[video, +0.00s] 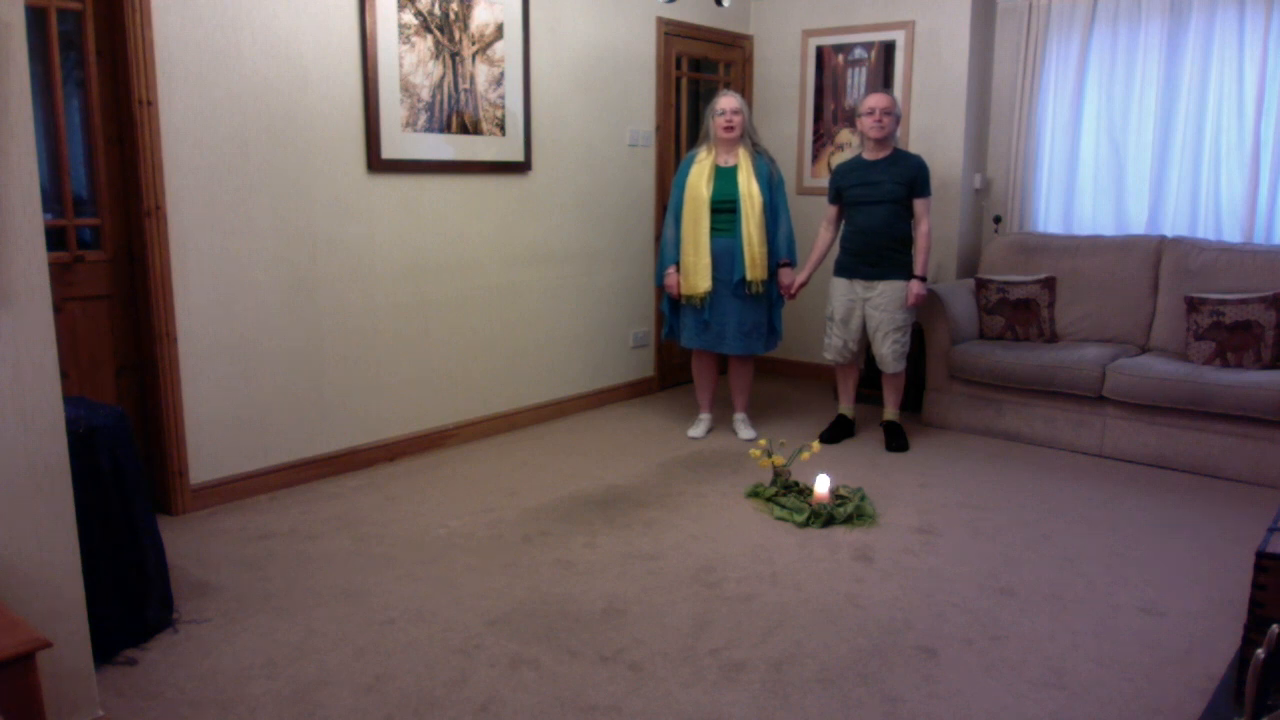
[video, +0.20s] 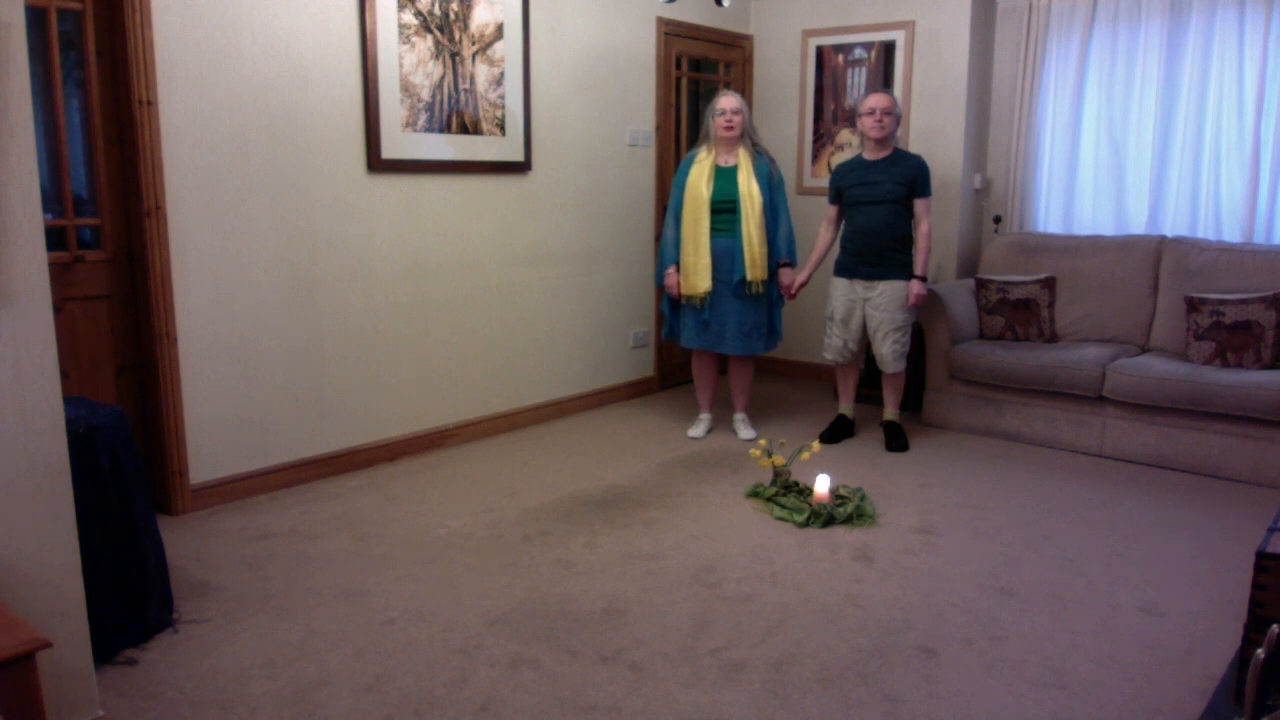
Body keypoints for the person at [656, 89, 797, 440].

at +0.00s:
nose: (728, 119)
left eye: (735, 113)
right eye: (721, 113)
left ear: (746, 119)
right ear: (710, 121)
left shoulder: (762, 164)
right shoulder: (692, 163)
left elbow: (779, 216)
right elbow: (674, 218)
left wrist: (785, 264)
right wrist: (670, 266)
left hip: (748, 268)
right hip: (700, 269)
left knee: (743, 344)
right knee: (702, 343)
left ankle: (741, 414)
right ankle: (704, 413)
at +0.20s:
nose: (728, 119)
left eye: (735, 113)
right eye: (721, 113)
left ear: (745, 119)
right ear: (710, 120)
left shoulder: (762, 164)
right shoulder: (692, 163)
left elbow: (779, 216)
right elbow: (674, 218)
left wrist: (785, 264)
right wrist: (670, 266)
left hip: (748, 268)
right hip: (700, 269)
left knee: (742, 344)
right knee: (702, 343)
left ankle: (741, 415)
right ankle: (704, 413)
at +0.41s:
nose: (728, 119)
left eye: (735, 113)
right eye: (721, 113)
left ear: (745, 119)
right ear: (710, 120)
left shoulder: (762, 164)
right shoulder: (692, 163)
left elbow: (779, 216)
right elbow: (674, 218)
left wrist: (785, 264)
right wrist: (670, 267)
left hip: (748, 268)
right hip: (700, 269)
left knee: (742, 344)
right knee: (702, 343)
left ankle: (741, 415)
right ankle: (704, 413)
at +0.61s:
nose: (728, 119)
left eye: (735, 113)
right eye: (721, 113)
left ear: (745, 119)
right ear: (710, 120)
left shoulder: (762, 163)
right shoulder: (692, 163)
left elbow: (779, 215)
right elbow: (674, 218)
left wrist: (784, 264)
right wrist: (670, 266)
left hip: (748, 268)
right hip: (700, 268)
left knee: (742, 344)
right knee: (702, 343)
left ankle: (741, 415)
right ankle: (704, 413)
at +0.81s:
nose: (727, 119)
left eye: (735, 113)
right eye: (720, 113)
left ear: (745, 119)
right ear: (710, 120)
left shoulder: (762, 163)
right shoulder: (692, 163)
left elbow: (779, 215)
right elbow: (673, 218)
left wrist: (784, 264)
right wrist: (670, 266)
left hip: (748, 268)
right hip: (700, 268)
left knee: (742, 344)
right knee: (702, 343)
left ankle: (741, 415)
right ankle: (704, 413)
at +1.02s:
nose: (728, 119)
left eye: (735, 113)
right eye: (720, 113)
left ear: (745, 119)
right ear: (709, 120)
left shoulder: (762, 163)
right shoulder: (692, 163)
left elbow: (779, 215)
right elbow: (673, 218)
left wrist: (784, 264)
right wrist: (670, 266)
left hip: (748, 268)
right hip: (700, 268)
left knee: (742, 344)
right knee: (702, 343)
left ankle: (741, 415)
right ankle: (704, 413)